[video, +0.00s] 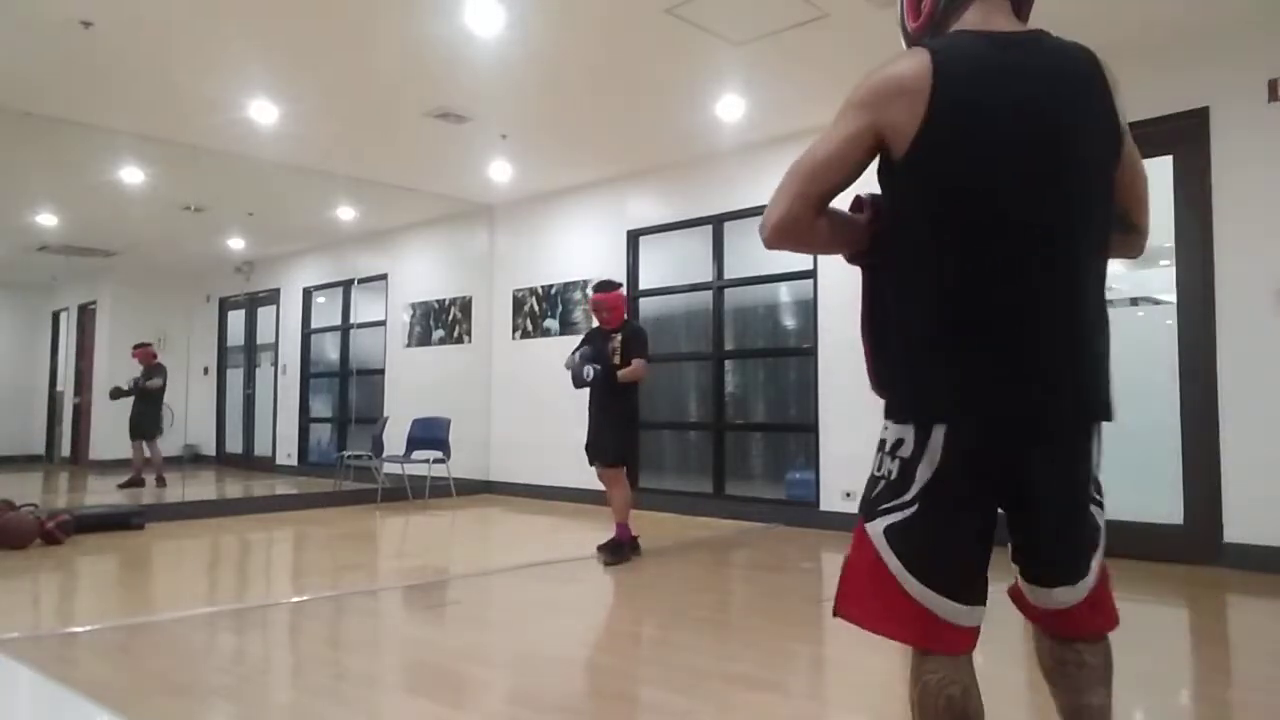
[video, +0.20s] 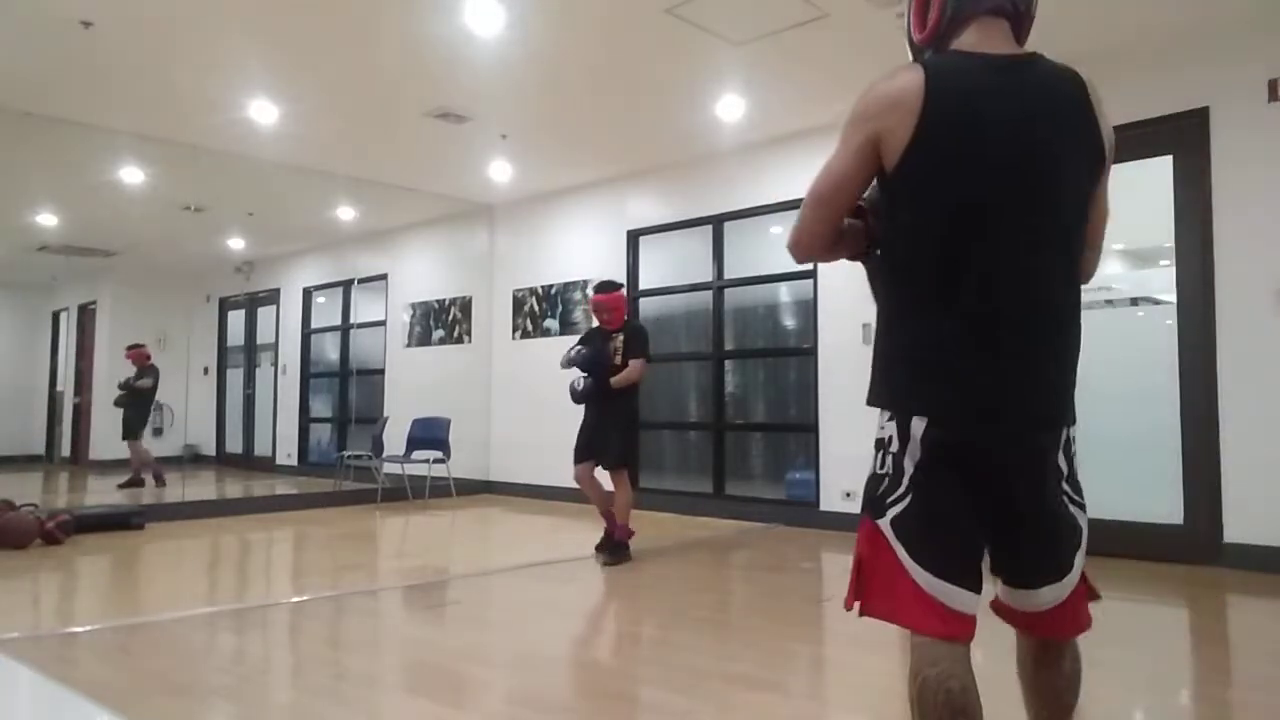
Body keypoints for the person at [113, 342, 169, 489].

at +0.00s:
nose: (139, 361)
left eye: (140, 357)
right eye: (137, 358)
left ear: (148, 355)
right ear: (142, 357)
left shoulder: (159, 369)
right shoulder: (145, 372)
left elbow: (157, 384)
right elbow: (137, 389)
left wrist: (139, 384)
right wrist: (121, 392)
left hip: (151, 413)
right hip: (137, 413)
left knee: (151, 444)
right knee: (136, 444)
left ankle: (159, 476)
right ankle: (137, 476)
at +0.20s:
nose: (132, 362)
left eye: (133, 359)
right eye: (131, 359)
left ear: (141, 357)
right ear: (140, 358)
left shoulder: (151, 371)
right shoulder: (140, 372)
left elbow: (147, 384)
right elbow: (129, 383)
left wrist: (129, 384)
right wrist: (126, 384)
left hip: (139, 411)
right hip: (131, 410)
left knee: (135, 444)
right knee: (133, 444)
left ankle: (157, 472)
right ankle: (136, 476)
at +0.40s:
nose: (125, 361)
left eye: (126, 357)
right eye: (124, 357)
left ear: (135, 355)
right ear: (134, 356)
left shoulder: (144, 369)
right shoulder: (135, 370)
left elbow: (136, 384)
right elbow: (130, 385)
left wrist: (117, 383)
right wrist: (113, 384)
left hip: (133, 411)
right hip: (129, 409)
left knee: (120, 440)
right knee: (131, 442)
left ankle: (138, 474)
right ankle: (138, 476)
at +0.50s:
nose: (122, 361)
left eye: (123, 357)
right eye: (121, 358)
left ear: (131, 355)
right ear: (133, 355)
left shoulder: (136, 369)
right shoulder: (141, 368)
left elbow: (127, 384)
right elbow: (130, 388)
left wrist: (108, 386)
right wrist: (117, 398)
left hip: (129, 410)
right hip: (134, 410)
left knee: (116, 439)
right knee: (131, 441)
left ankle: (123, 475)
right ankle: (136, 476)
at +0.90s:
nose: (109, 359)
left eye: (111, 355)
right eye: (109, 356)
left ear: (119, 354)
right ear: (123, 354)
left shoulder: (122, 370)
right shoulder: (128, 368)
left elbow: (112, 395)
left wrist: (98, 397)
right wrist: (100, 389)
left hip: (115, 412)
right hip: (118, 411)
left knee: (111, 443)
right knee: (112, 443)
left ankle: (112, 478)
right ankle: (131, 472)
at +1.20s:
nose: (100, 354)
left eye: (102, 351)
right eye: (101, 350)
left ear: (106, 351)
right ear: (117, 352)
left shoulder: (108, 368)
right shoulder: (123, 368)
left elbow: (96, 386)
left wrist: (84, 391)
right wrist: (90, 389)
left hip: (105, 412)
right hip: (115, 412)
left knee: (101, 443)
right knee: (108, 443)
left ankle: (107, 477)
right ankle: (109, 477)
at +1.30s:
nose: (97, 353)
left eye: (99, 350)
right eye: (98, 350)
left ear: (103, 351)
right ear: (115, 352)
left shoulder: (104, 367)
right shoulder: (120, 368)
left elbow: (92, 384)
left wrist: (77, 385)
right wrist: (82, 384)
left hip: (103, 411)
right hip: (113, 410)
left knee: (104, 444)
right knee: (98, 444)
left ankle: (112, 479)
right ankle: (92, 476)